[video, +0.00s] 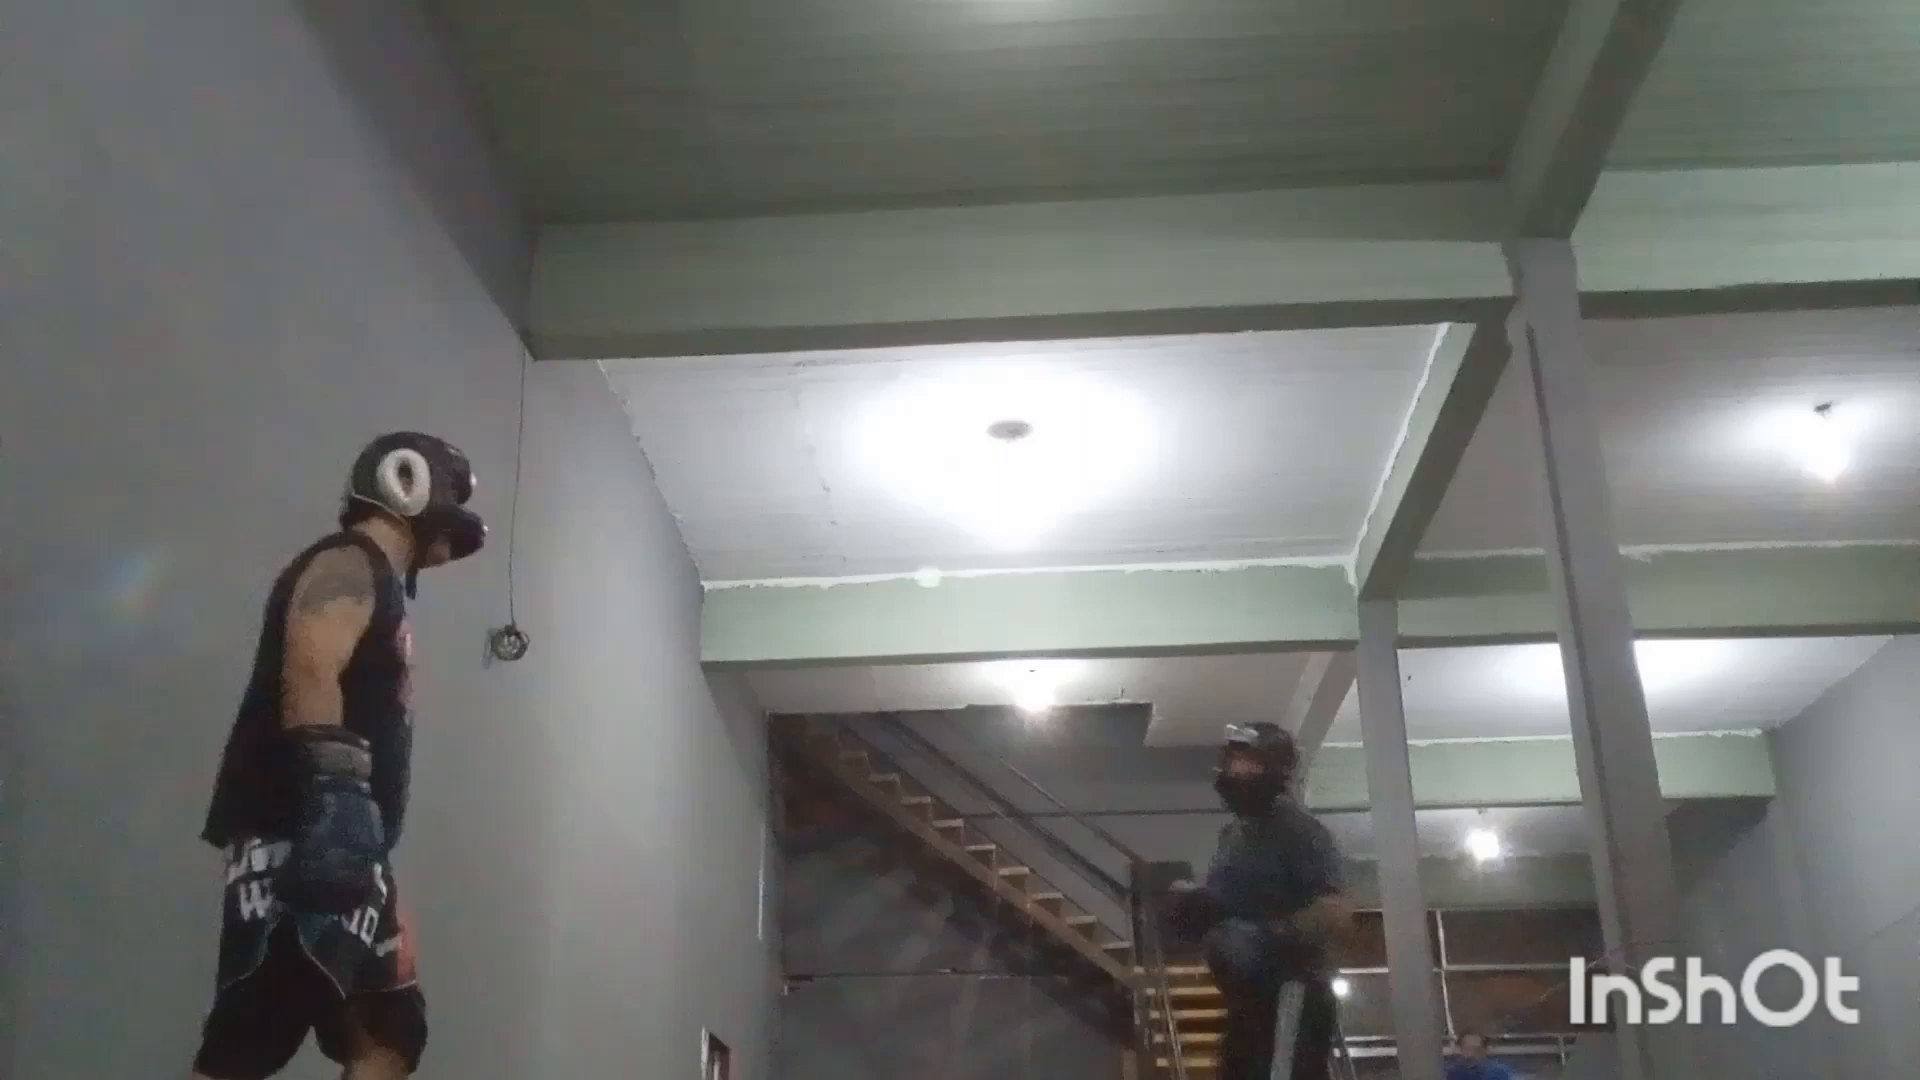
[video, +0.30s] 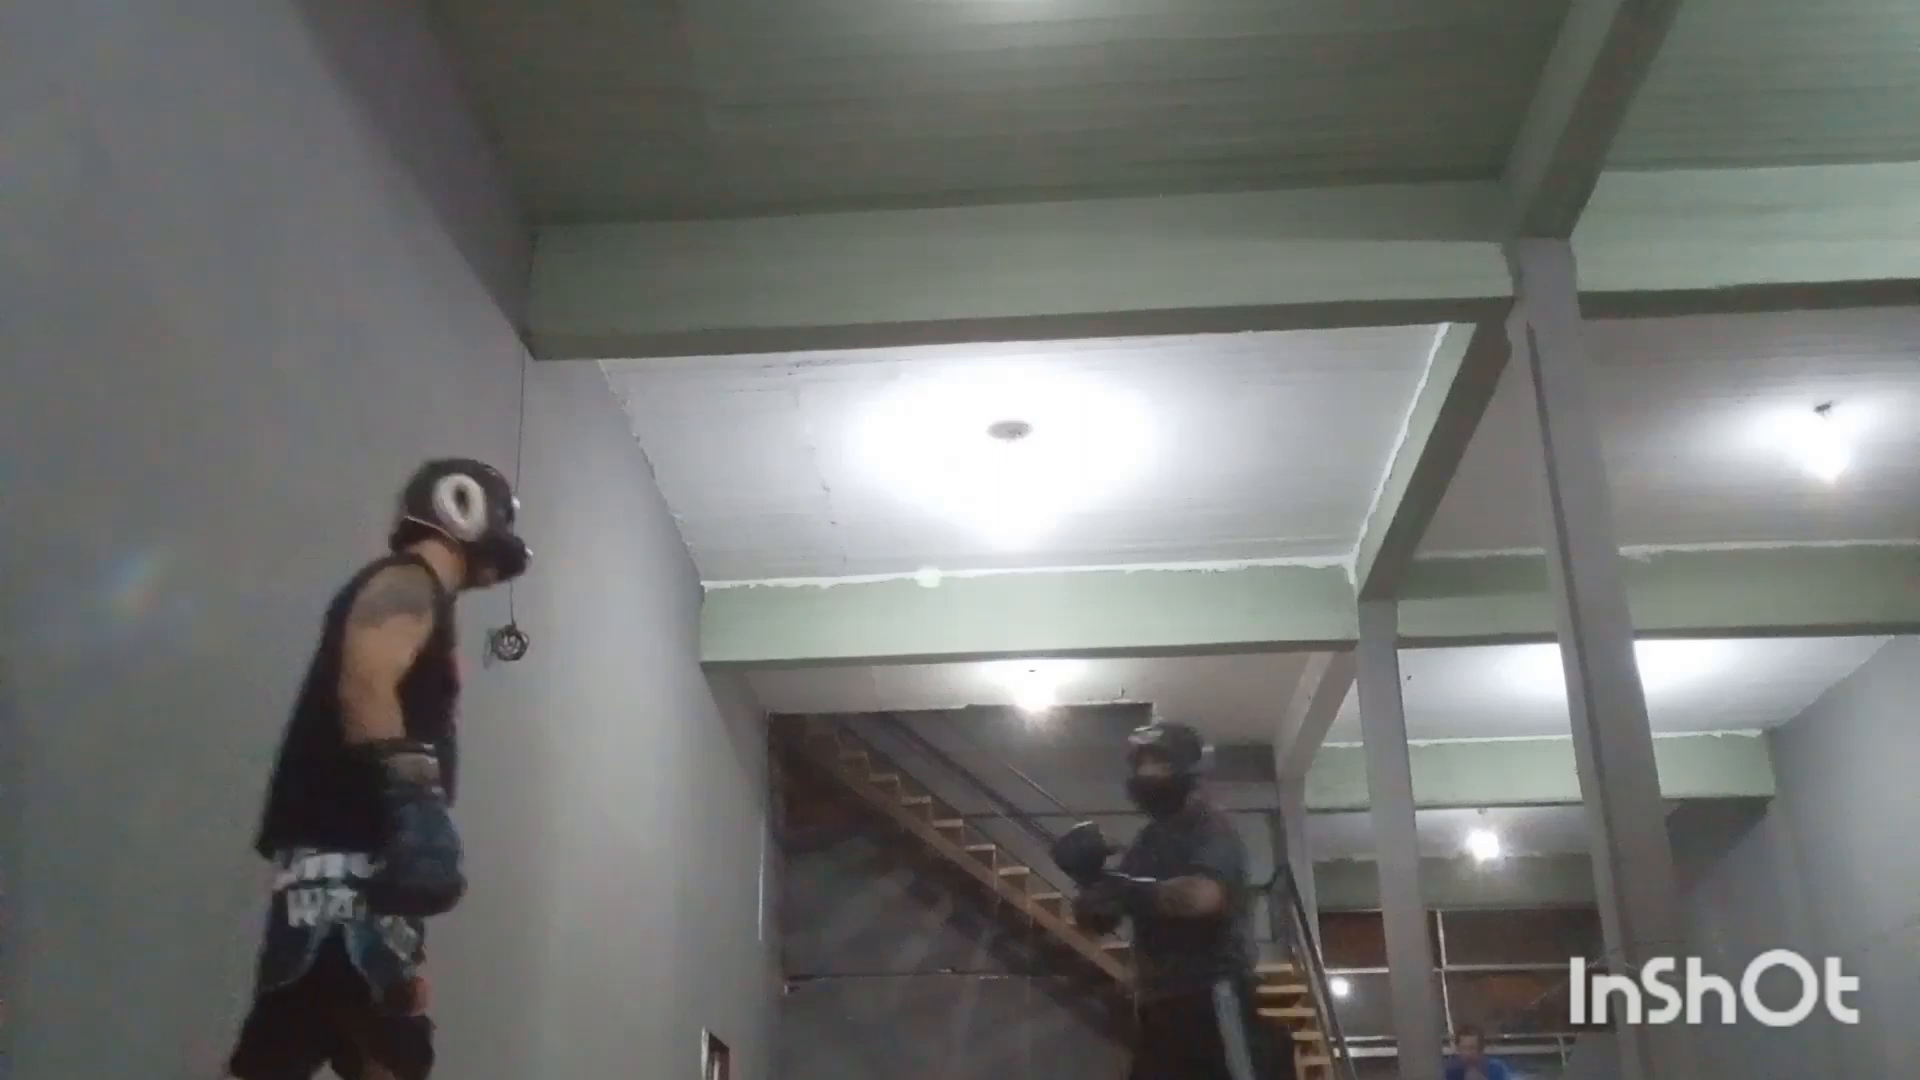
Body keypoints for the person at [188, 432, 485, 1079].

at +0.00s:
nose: (448, 543)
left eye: (455, 529)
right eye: (446, 520)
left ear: (395, 491)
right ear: (407, 487)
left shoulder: (370, 575)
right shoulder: (349, 564)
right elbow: (309, 671)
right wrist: (338, 791)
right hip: (302, 830)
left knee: (246, 1044)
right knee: (385, 1044)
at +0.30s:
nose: (493, 563)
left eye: (498, 547)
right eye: (492, 541)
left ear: (441, 513)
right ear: (462, 512)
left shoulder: (400, 588)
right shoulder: (407, 583)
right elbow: (365, 684)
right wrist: (413, 800)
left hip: (329, 853)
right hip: (349, 855)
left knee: (281, 1049)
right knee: (389, 1054)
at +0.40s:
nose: (523, 573)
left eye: (527, 557)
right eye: (522, 552)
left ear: (470, 530)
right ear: (493, 528)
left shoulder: (424, 598)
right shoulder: (445, 596)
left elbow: (397, 703)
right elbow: (398, 691)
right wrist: (456, 797)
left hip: (359, 852)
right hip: (386, 858)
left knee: (319, 1045)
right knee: (414, 1053)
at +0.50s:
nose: (558, 579)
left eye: (562, 563)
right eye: (556, 560)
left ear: (511, 539)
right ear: (527, 537)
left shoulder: (468, 607)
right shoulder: (480, 603)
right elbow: (439, 700)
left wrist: (506, 819)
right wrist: (513, 799)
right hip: (418, 876)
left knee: (392, 1054)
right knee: (432, 1055)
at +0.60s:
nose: (576, 597)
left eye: (583, 585)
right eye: (578, 578)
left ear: (518, 551)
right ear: (559, 548)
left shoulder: (484, 612)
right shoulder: (510, 604)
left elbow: (460, 768)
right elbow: (481, 707)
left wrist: (520, 872)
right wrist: (569, 768)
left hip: (431, 860)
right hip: (458, 863)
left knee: (437, 1051)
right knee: (453, 1053)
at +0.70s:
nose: (613, 592)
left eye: (616, 579)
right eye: (612, 573)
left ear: (548, 554)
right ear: (592, 554)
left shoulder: (506, 620)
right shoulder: (538, 609)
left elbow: (499, 777)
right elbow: (535, 713)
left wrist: (587, 824)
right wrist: (633, 739)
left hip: (457, 866)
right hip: (496, 868)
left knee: (453, 1056)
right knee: (510, 1052)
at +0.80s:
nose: (647, 590)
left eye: (647, 573)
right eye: (644, 569)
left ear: (577, 556)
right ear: (622, 553)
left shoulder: (533, 624)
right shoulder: (575, 610)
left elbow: (552, 765)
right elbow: (606, 711)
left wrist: (653, 769)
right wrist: (687, 704)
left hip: (480, 869)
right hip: (533, 869)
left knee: (479, 1055)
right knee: (564, 1053)